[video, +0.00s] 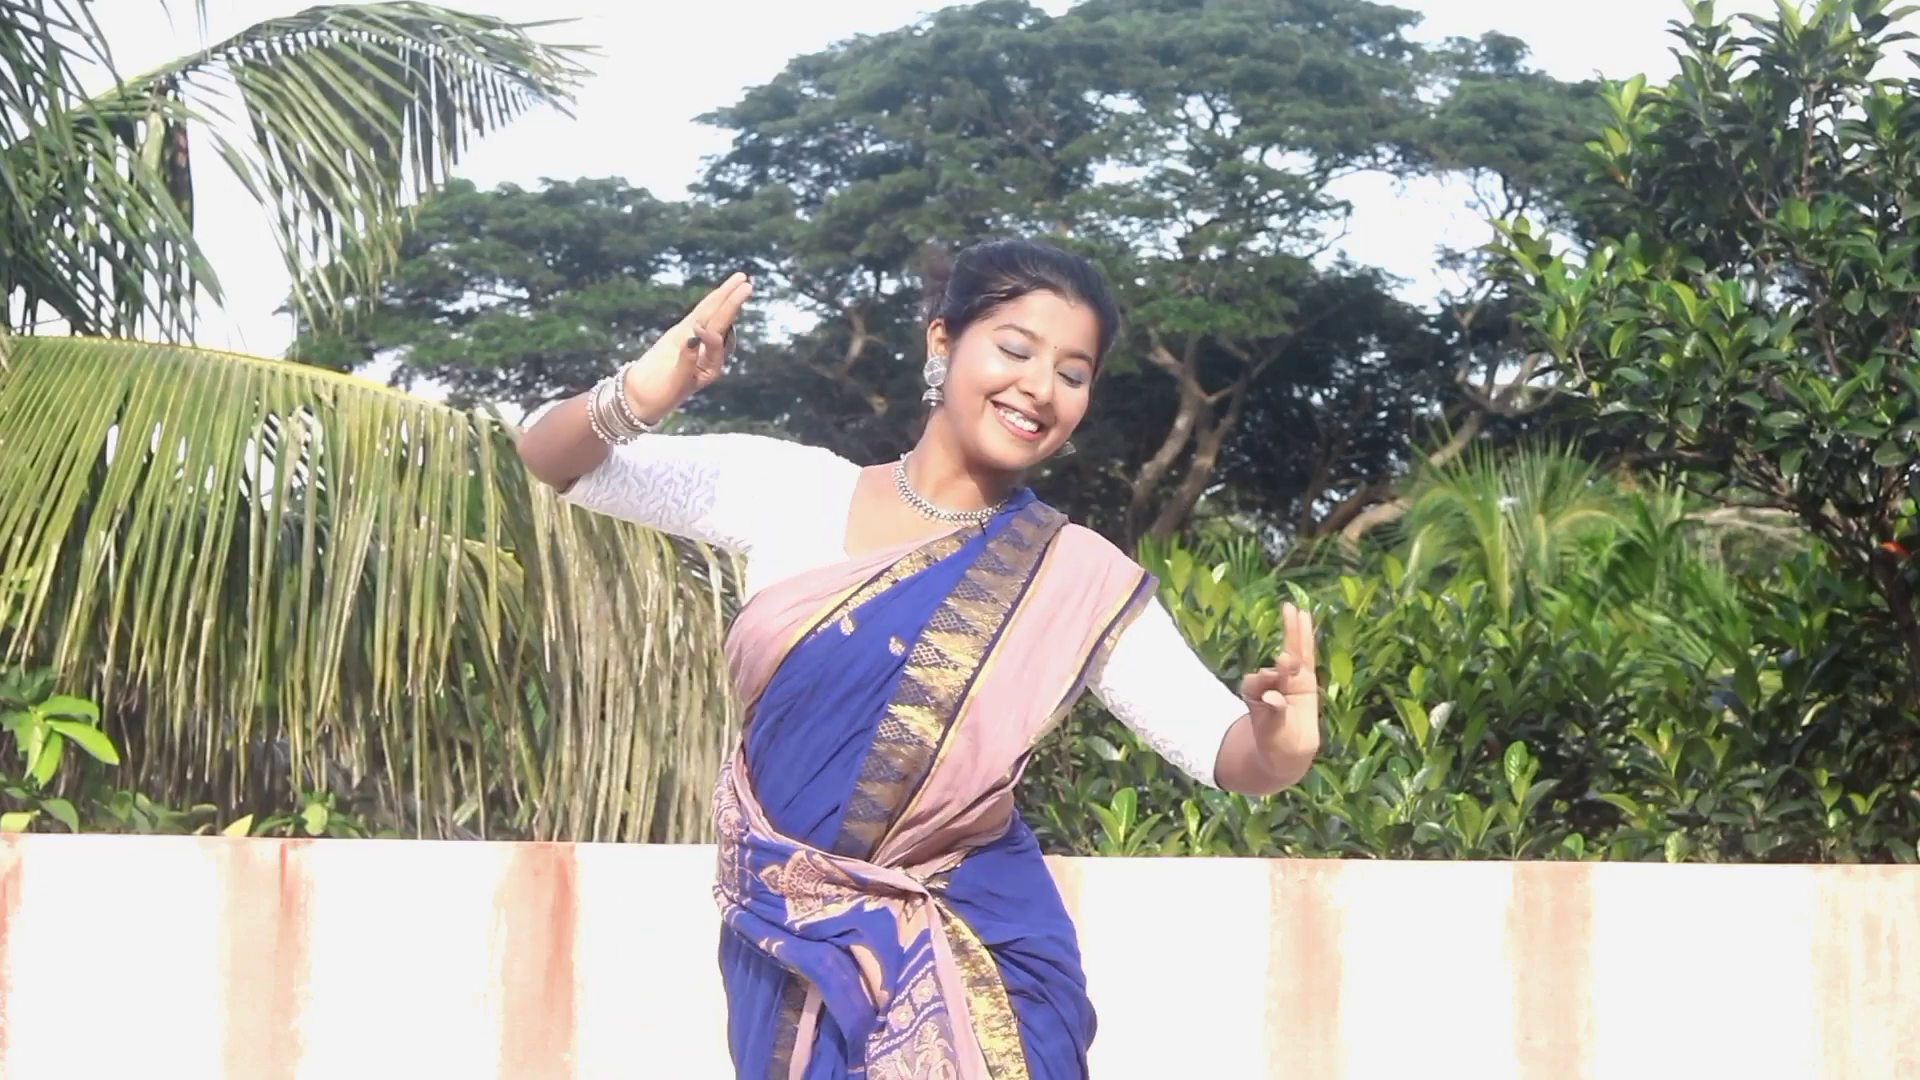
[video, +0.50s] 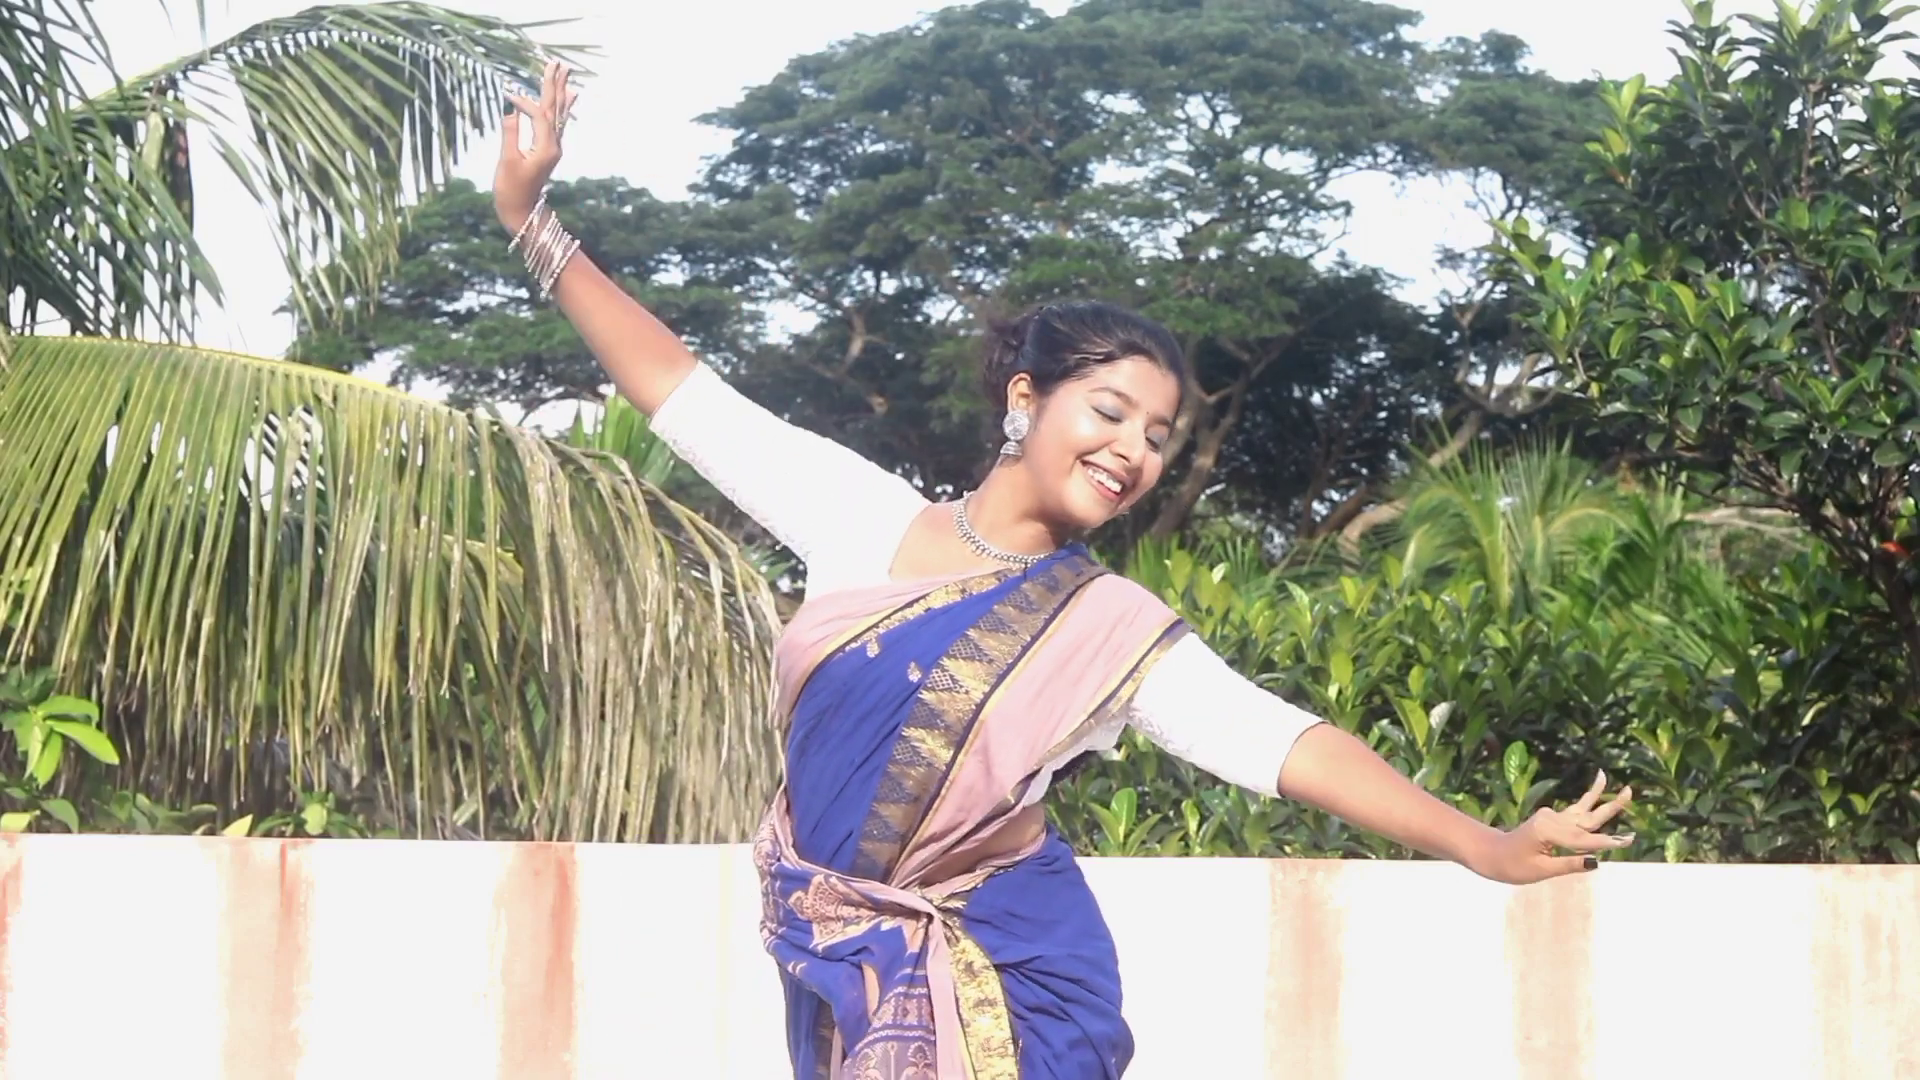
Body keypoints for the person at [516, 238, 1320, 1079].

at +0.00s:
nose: (1040, 386)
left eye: (1071, 372)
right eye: (1014, 348)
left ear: (1084, 406)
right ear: (942, 346)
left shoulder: (1084, 576)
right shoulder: (787, 490)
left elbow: (1226, 752)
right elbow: (546, 455)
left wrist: (1284, 741)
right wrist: (641, 392)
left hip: (978, 944)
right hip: (790, 938)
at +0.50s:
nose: (1131, 453)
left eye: (1157, 441)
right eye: (1110, 413)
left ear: (1163, 471)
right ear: (1021, 398)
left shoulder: (1116, 624)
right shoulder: (863, 517)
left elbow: (1296, 750)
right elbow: (675, 386)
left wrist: (1493, 848)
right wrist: (527, 222)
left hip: (1004, 985)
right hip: (831, 986)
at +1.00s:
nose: (1057, 362)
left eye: (1083, 339)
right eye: (1023, 331)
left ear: (1103, 368)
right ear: (955, 348)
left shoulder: (1113, 557)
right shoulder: (824, 474)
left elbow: (1273, 652)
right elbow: (605, 429)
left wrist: (1378, 665)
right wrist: (627, 413)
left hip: (1008, 909)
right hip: (818, 909)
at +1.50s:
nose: (872, 359)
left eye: (880, 319)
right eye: (827, 360)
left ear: (928, 325)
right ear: (805, 411)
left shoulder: (1044, 497)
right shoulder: (793, 501)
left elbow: (1288, 521)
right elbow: (877, 543)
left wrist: (1100, 573)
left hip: (1012, 940)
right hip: (823, 929)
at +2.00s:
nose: (803, 323)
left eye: (816, 284)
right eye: (766, 326)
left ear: (882, 292)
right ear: (751, 376)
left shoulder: (1024, 461)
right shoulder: (764, 487)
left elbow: (1242, 426)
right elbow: (718, 375)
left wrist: (1067, 529)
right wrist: (632, 157)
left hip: (972, 930)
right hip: (769, 917)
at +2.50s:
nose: (730, 280)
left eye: (768, 255)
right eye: (740, 256)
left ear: (856, 290)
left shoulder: (866, 464)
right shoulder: (726, 436)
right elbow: (551, 325)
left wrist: (600, 524)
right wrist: (650, 148)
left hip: (765, 869)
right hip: (637, 862)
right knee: (608, 1063)